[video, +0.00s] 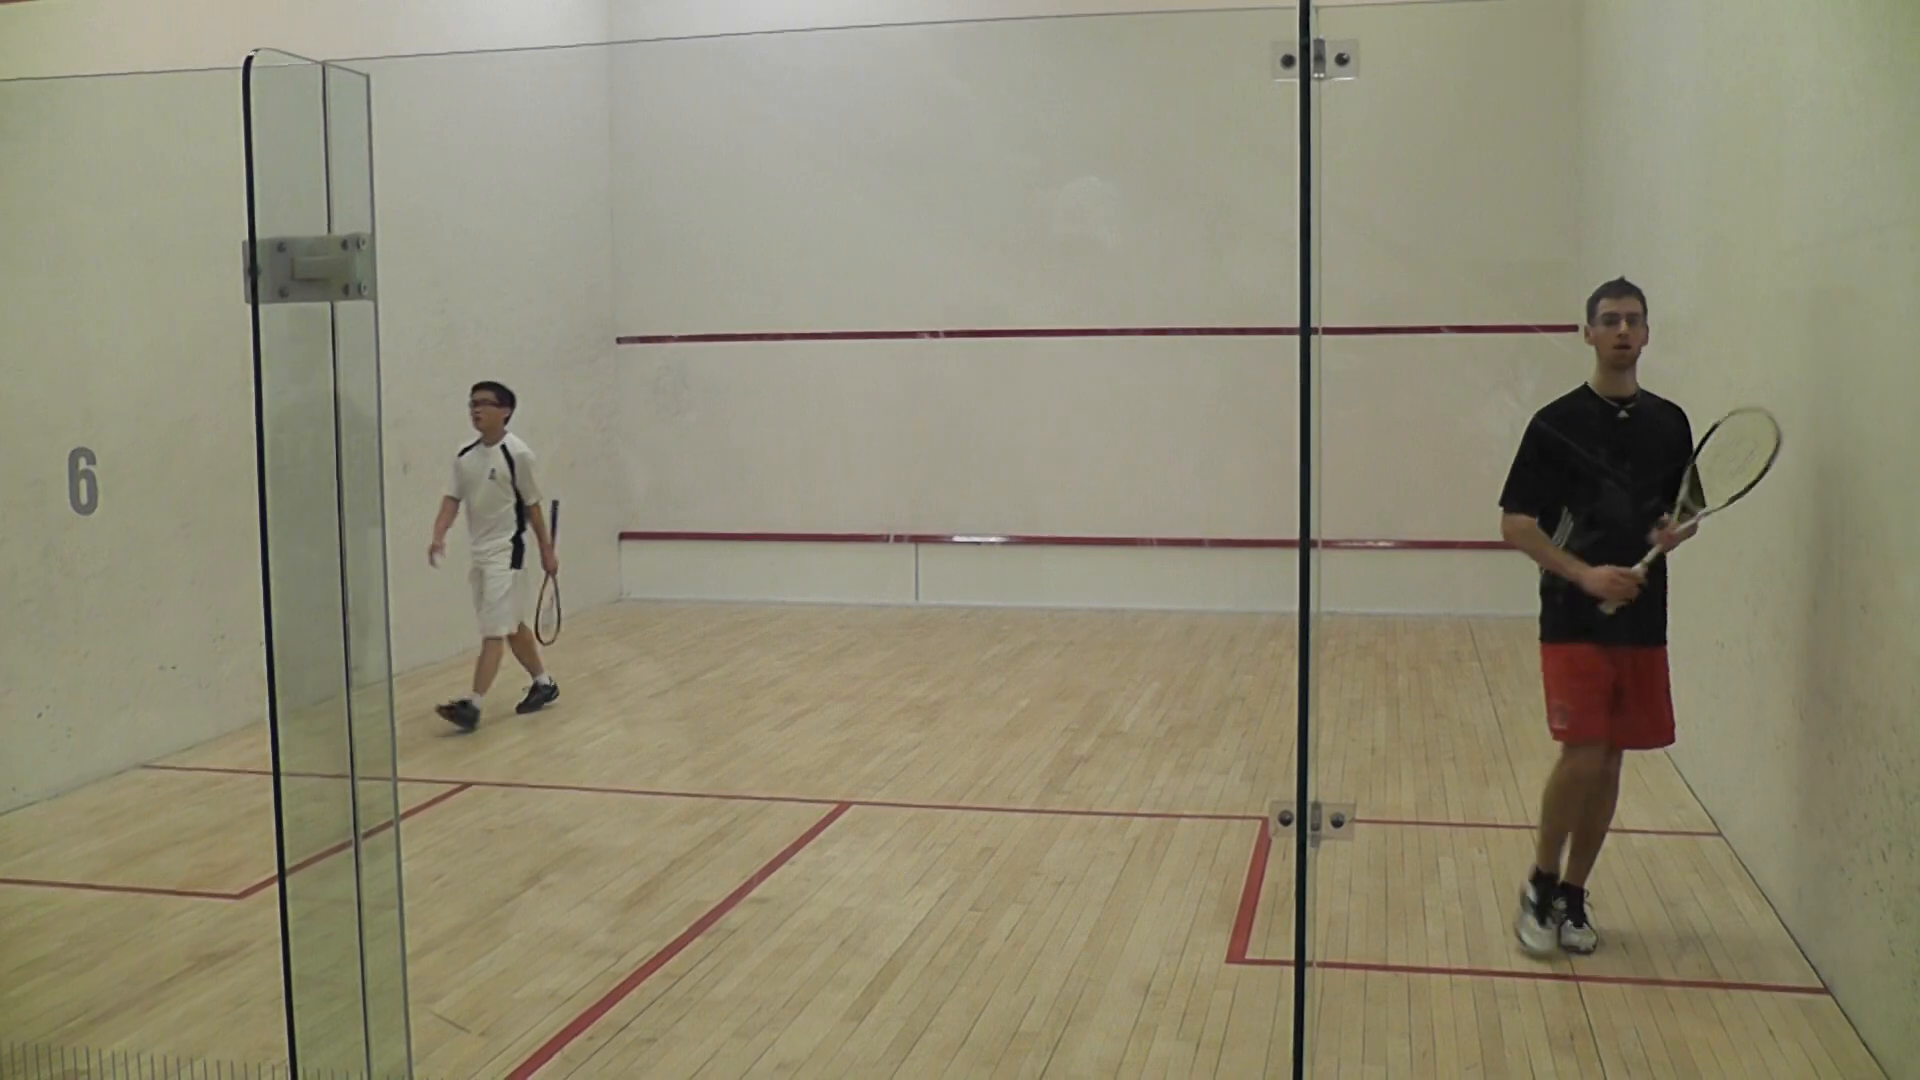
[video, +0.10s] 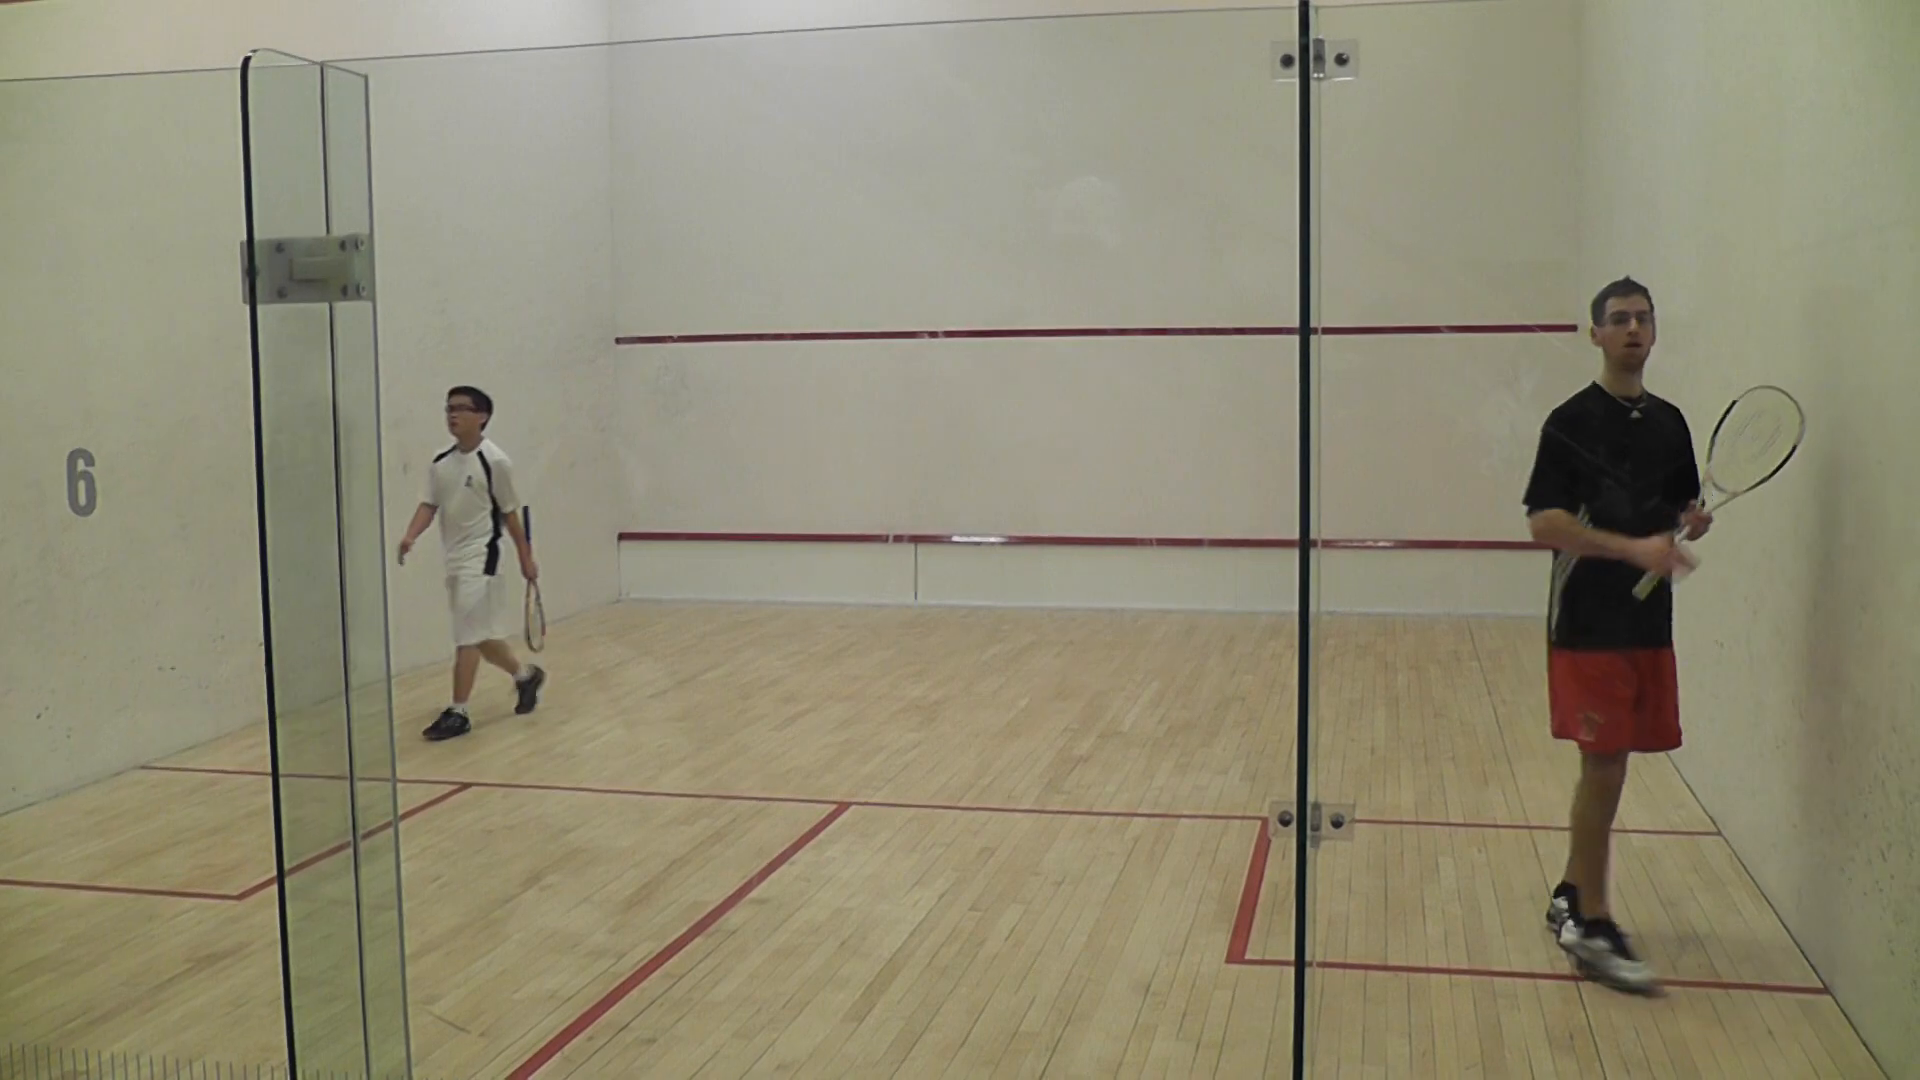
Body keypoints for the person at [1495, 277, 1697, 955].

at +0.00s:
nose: (1624, 332)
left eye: (1634, 321)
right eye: (1611, 321)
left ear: (1648, 333)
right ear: (1589, 333)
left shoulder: (1670, 423)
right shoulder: (1556, 423)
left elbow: (1686, 508)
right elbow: (1516, 526)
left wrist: (1672, 531)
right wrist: (1587, 574)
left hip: (1640, 622)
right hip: (1574, 621)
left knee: (1609, 758)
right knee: (1583, 753)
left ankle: (1574, 896)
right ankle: (1543, 887)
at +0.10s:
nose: (1632, 330)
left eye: (1642, 319)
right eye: (1618, 320)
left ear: (1655, 332)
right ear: (1594, 335)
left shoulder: (1670, 421)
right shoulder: (1571, 421)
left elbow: (1683, 506)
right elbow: (1545, 524)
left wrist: (1693, 516)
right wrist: (1635, 547)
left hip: (1644, 620)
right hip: (1591, 621)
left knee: (1610, 769)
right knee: (1603, 771)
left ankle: (1574, 895)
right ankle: (1592, 924)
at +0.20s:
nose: (1643, 332)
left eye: (1651, 321)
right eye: (1628, 322)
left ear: (1662, 334)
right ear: (1602, 338)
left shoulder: (1663, 422)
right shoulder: (1587, 423)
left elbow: (1671, 515)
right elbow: (1605, 510)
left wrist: (1700, 518)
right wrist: (1706, 481)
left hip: (1652, 627)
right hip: (1603, 630)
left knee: (1615, 767)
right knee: (1621, 776)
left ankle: (1569, 892)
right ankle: (1631, 942)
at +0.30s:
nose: (1662, 328)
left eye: (1666, 317)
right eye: (1644, 320)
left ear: (1672, 332)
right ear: (1615, 338)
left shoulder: (1660, 417)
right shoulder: (1611, 415)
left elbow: (1647, 508)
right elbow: (1678, 483)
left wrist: (1700, 524)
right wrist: (1765, 407)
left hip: (1652, 622)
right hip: (1620, 626)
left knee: (1625, 767)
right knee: (1635, 777)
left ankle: (1560, 891)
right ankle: (1629, 945)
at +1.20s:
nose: (1599, 386)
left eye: (1608, 373)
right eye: (1586, 376)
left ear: (1620, 357)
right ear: (1561, 361)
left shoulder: (1628, 428)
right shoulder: (1542, 395)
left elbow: (1633, 516)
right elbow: (1583, 423)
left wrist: (1647, 533)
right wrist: (1682, 406)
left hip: (1594, 620)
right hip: (1535, 615)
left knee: (1592, 764)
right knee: (1546, 768)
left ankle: (1571, 908)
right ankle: (1543, 927)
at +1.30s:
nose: (1579, 374)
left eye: (1589, 362)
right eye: (1566, 364)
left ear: (1602, 357)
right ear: (1544, 358)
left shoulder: (1615, 430)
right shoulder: (1519, 401)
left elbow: (1613, 520)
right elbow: (1543, 448)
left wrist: (1631, 535)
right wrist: (1639, 442)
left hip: (1579, 616)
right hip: (1516, 611)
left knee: (1581, 760)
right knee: (1518, 762)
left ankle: (1567, 905)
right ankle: (1480, 902)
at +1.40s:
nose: (1560, 369)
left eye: (1569, 357)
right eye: (1547, 358)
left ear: (1583, 355)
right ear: (1526, 357)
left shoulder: (1585, 430)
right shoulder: (1501, 410)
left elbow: (1579, 518)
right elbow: (1499, 479)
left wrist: (1610, 535)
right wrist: (1597, 488)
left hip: (1558, 621)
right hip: (1494, 619)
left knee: (1569, 761)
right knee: (1488, 762)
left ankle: (1566, 904)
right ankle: (1414, 869)